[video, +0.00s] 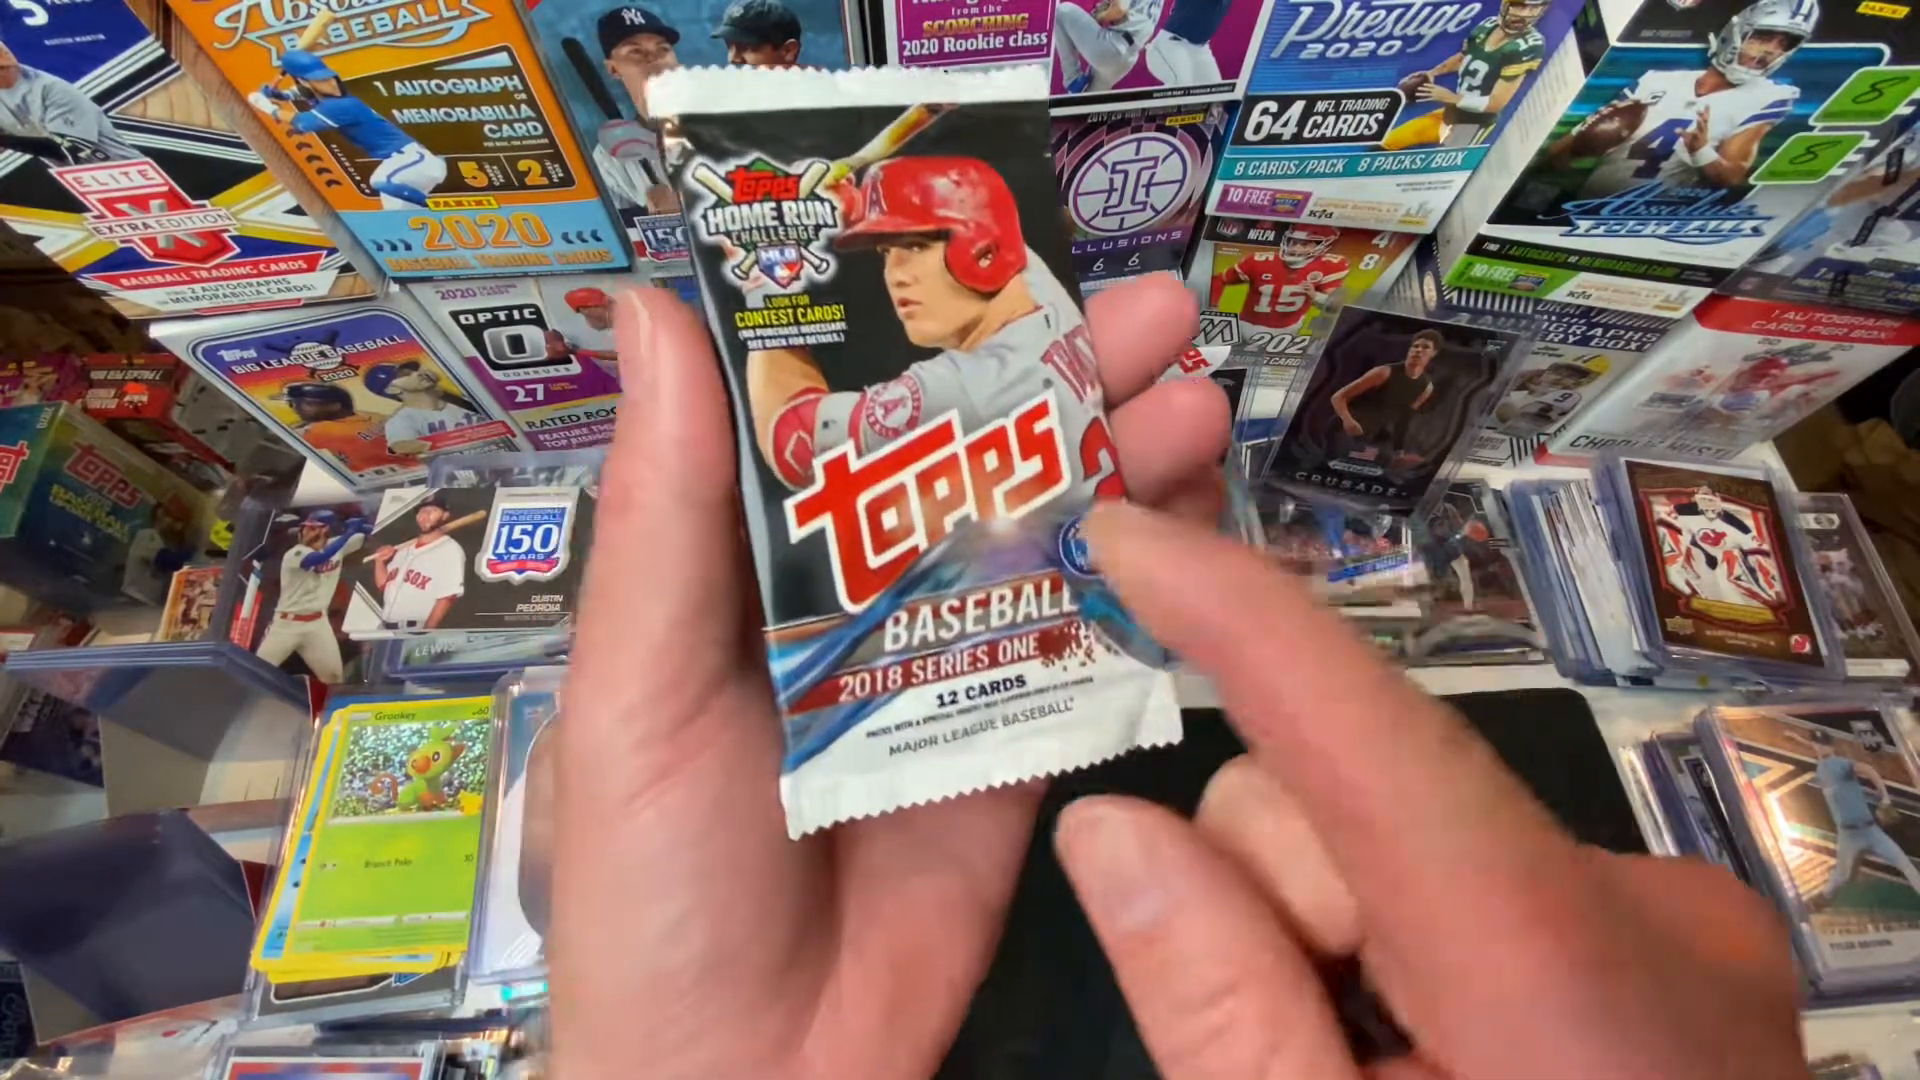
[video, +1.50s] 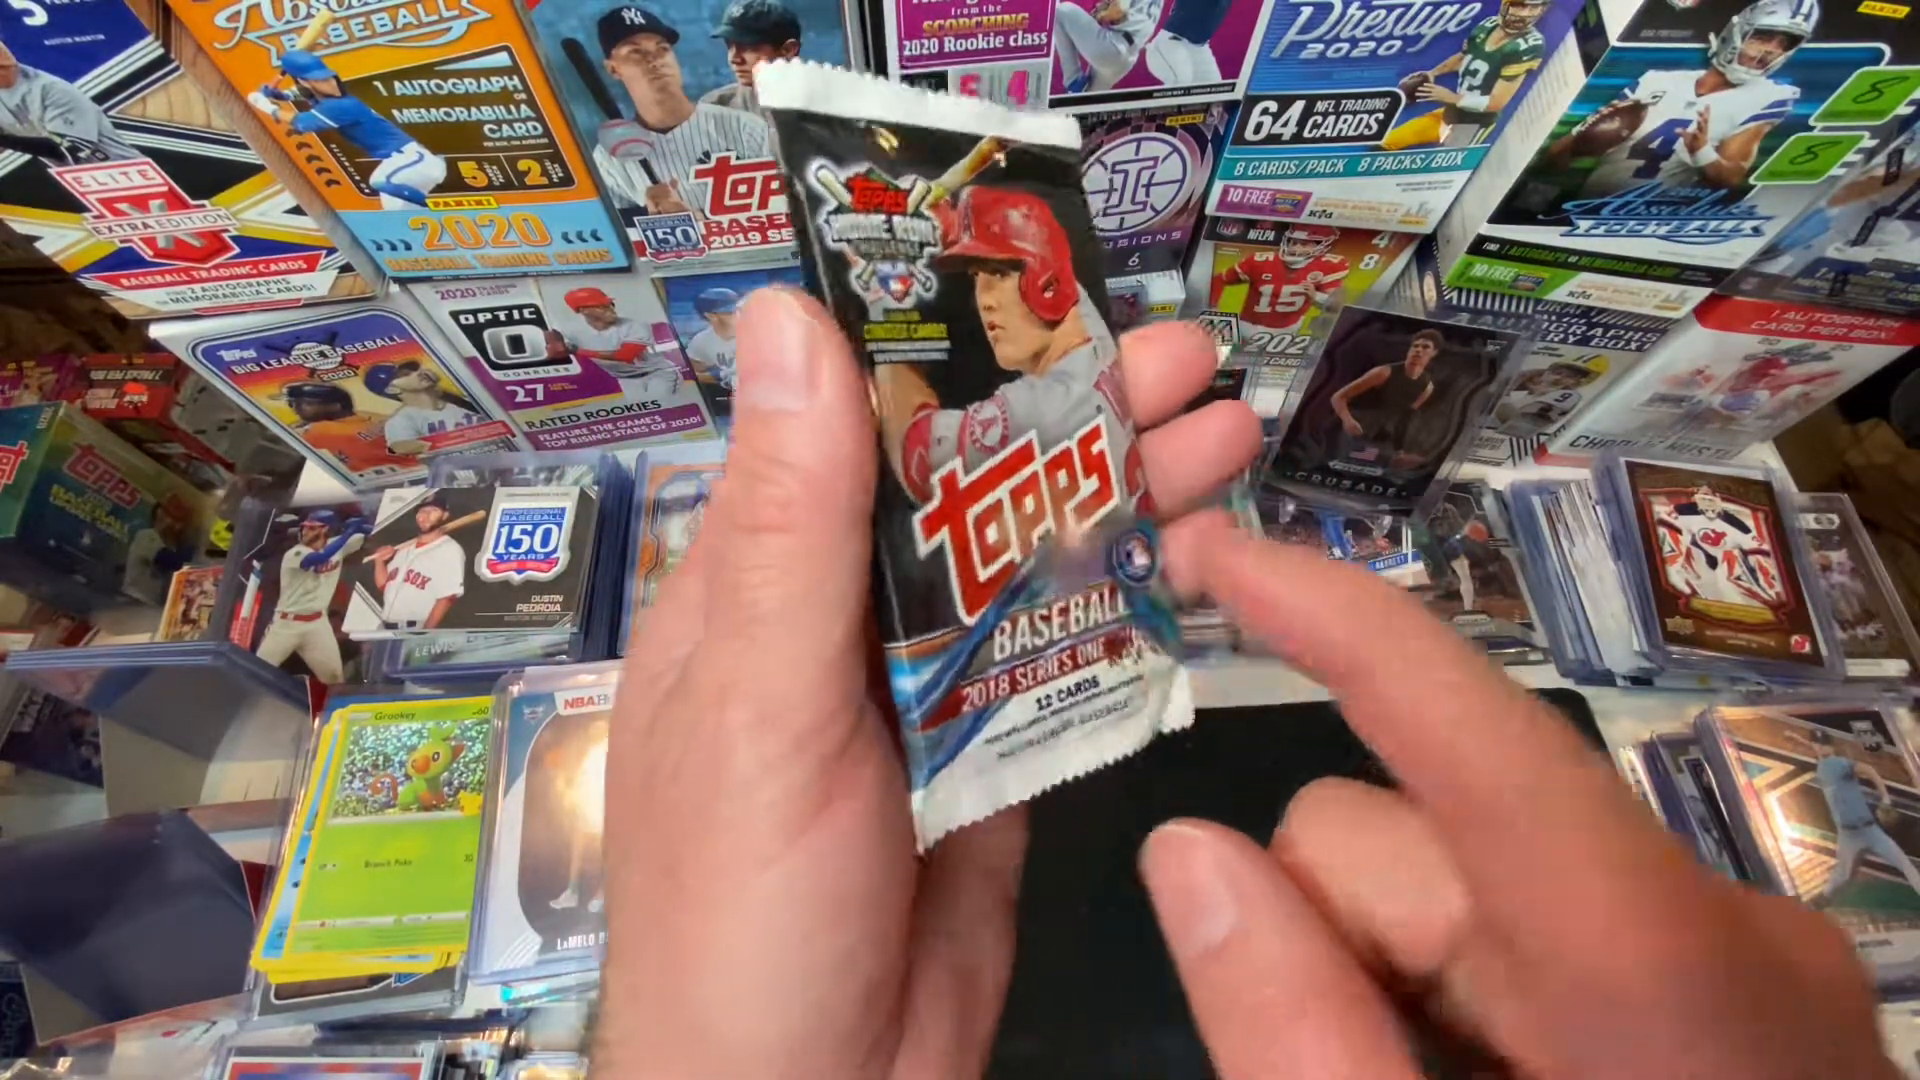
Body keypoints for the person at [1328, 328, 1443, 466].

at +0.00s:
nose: (1418, 350)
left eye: (1425, 347)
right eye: (1415, 346)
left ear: (1434, 354)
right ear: (1409, 349)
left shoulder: (1426, 389)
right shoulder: (1384, 373)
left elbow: (1404, 417)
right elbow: (1338, 397)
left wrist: (1399, 451)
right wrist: (1348, 421)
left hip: (1382, 439)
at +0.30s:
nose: (1418, 350)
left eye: (1425, 347)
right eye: (1415, 346)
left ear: (1434, 354)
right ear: (1409, 349)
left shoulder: (1426, 389)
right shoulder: (1384, 373)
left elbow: (1404, 417)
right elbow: (1338, 397)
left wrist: (1399, 451)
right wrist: (1347, 420)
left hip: (1382, 439)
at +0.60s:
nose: (1419, 350)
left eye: (1426, 347)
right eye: (1416, 346)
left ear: (1433, 354)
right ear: (1409, 350)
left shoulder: (1426, 388)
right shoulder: (1384, 373)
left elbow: (1405, 415)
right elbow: (1338, 396)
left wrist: (1399, 450)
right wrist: (1348, 420)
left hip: (1385, 439)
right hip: (1357, 434)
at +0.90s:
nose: (1418, 351)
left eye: (1425, 347)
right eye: (1415, 346)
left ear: (1433, 355)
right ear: (1409, 350)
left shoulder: (1426, 388)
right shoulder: (1384, 373)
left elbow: (1404, 416)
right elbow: (1338, 397)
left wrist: (1399, 451)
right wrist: (1348, 421)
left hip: (1384, 442)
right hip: (1358, 436)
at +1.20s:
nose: (1418, 351)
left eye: (1425, 347)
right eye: (1415, 346)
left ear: (1433, 354)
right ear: (1409, 350)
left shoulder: (1426, 388)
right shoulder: (1383, 373)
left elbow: (1406, 416)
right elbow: (1338, 398)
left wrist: (1400, 449)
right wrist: (1348, 421)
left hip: (1385, 441)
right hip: (1358, 433)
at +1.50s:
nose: (1418, 350)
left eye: (1425, 347)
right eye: (1415, 346)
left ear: (1433, 354)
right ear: (1409, 349)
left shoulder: (1426, 388)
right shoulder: (1384, 373)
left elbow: (1406, 416)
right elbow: (1338, 398)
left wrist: (1400, 450)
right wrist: (1348, 421)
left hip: (1386, 440)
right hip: (1359, 433)